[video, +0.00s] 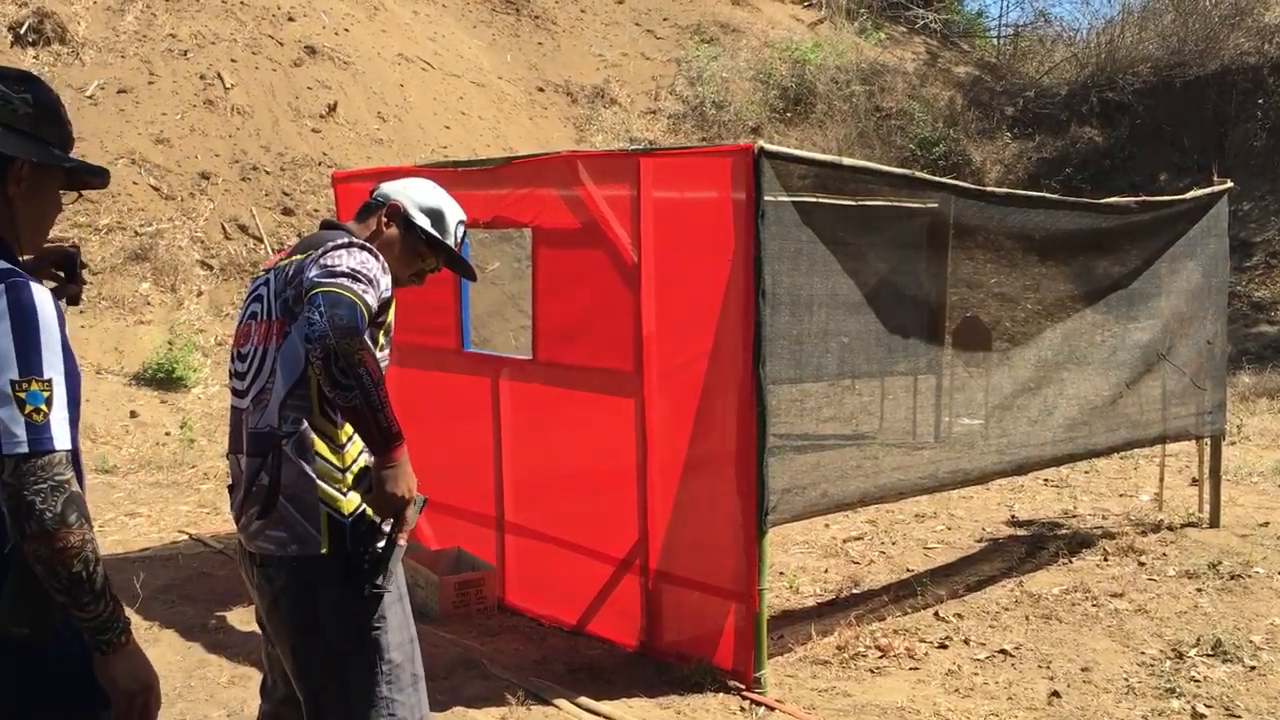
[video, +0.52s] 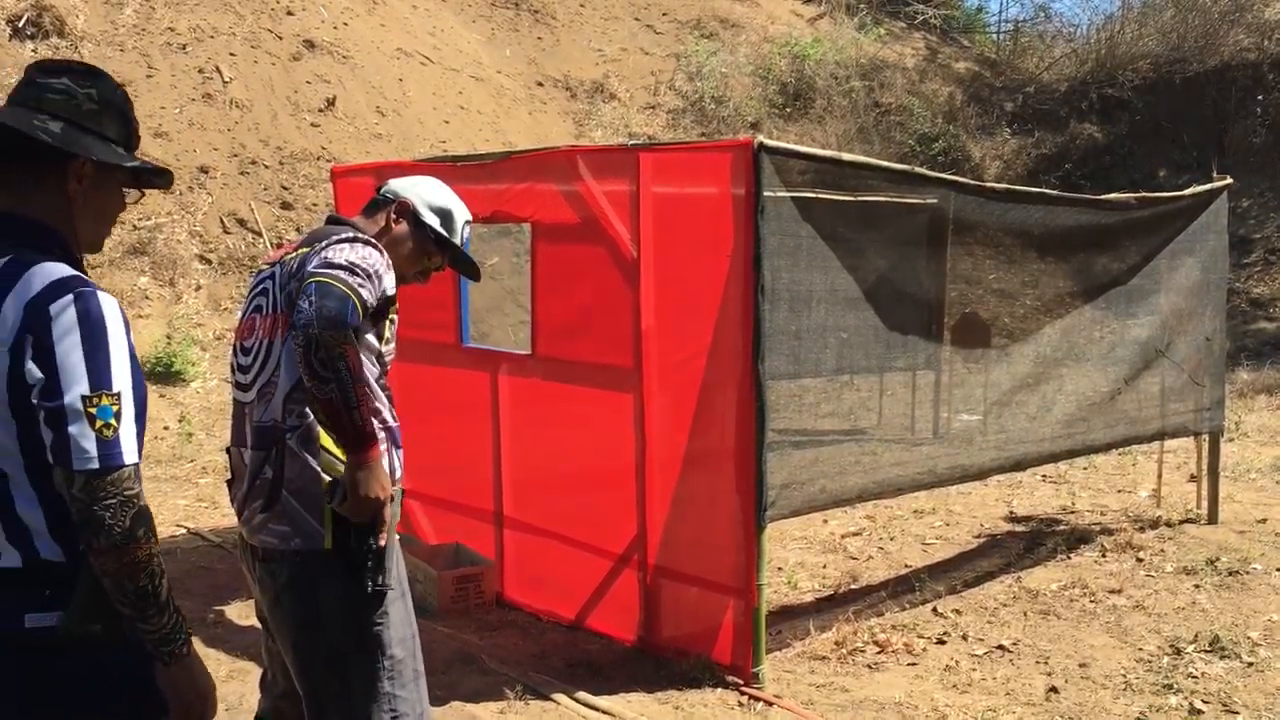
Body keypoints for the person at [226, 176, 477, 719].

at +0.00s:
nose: (422, 276)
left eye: (432, 267)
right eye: (421, 256)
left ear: (378, 224)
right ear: (386, 222)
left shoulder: (281, 271)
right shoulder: (355, 259)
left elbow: (262, 411)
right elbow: (334, 334)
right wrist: (392, 456)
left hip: (276, 544)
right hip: (333, 544)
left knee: (293, 706)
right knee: (383, 707)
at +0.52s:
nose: (424, 275)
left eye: (436, 266)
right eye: (427, 255)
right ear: (397, 218)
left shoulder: (280, 267)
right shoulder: (358, 251)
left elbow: (253, 410)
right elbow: (323, 326)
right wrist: (367, 456)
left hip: (277, 541)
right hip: (336, 539)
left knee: (293, 705)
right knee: (384, 707)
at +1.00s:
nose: (440, 278)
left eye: (451, 266)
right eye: (445, 260)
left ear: (389, 223)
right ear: (416, 231)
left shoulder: (298, 263)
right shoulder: (373, 268)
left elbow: (245, 379)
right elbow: (319, 340)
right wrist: (327, 476)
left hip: (254, 537)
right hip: (311, 543)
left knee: (291, 701)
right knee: (363, 702)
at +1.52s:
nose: (428, 266)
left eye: (437, 252)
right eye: (431, 248)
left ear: (371, 217)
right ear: (399, 224)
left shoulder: (288, 262)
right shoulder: (359, 273)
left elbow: (237, 388)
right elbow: (307, 351)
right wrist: (318, 475)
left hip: (239, 541)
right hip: (296, 548)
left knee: (276, 702)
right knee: (359, 701)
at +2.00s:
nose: (414, 246)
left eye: (422, 232)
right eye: (416, 228)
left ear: (346, 202)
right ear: (381, 212)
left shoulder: (275, 258)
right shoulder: (343, 260)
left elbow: (230, 388)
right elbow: (295, 331)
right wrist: (325, 462)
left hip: (243, 535)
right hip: (297, 542)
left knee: (274, 697)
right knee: (358, 704)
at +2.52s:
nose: (390, 220)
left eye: (394, 205)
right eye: (388, 202)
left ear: (329, 190)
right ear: (349, 193)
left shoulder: (251, 255)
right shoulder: (320, 272)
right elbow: (358, 414)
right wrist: (423, 518)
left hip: (228, 532)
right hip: (288, 540)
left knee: (264, 695)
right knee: (345, 702)